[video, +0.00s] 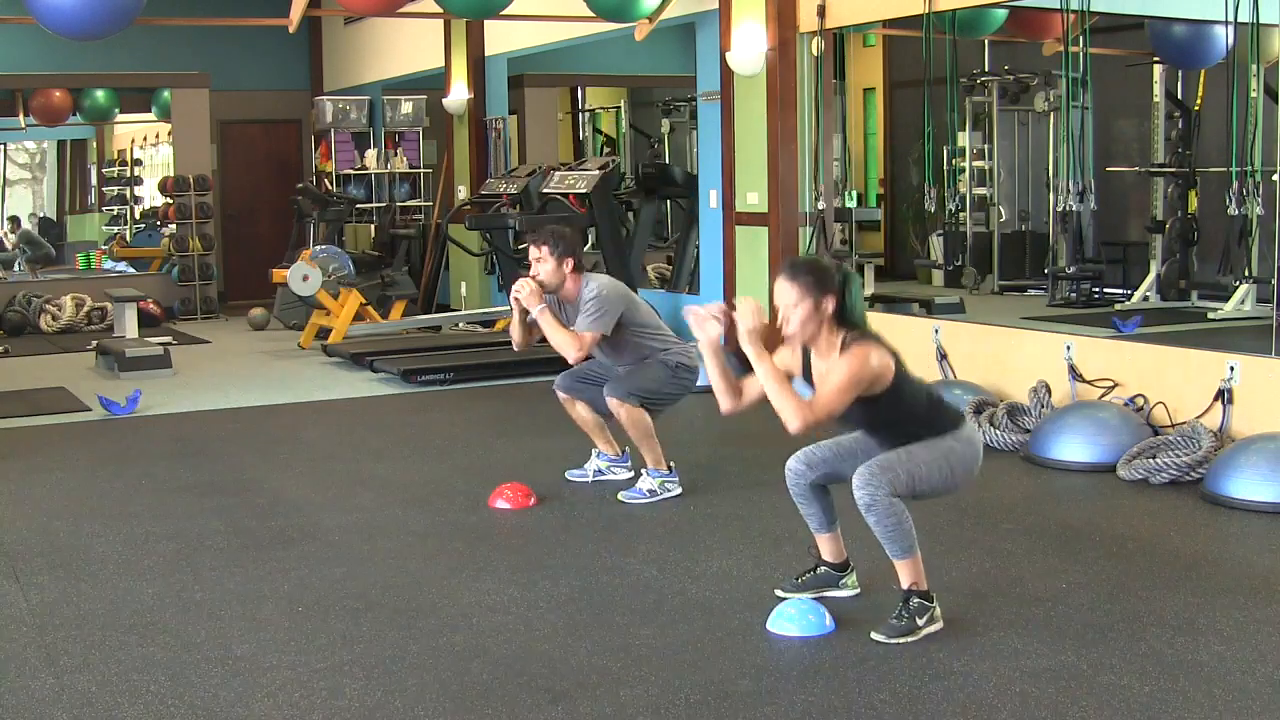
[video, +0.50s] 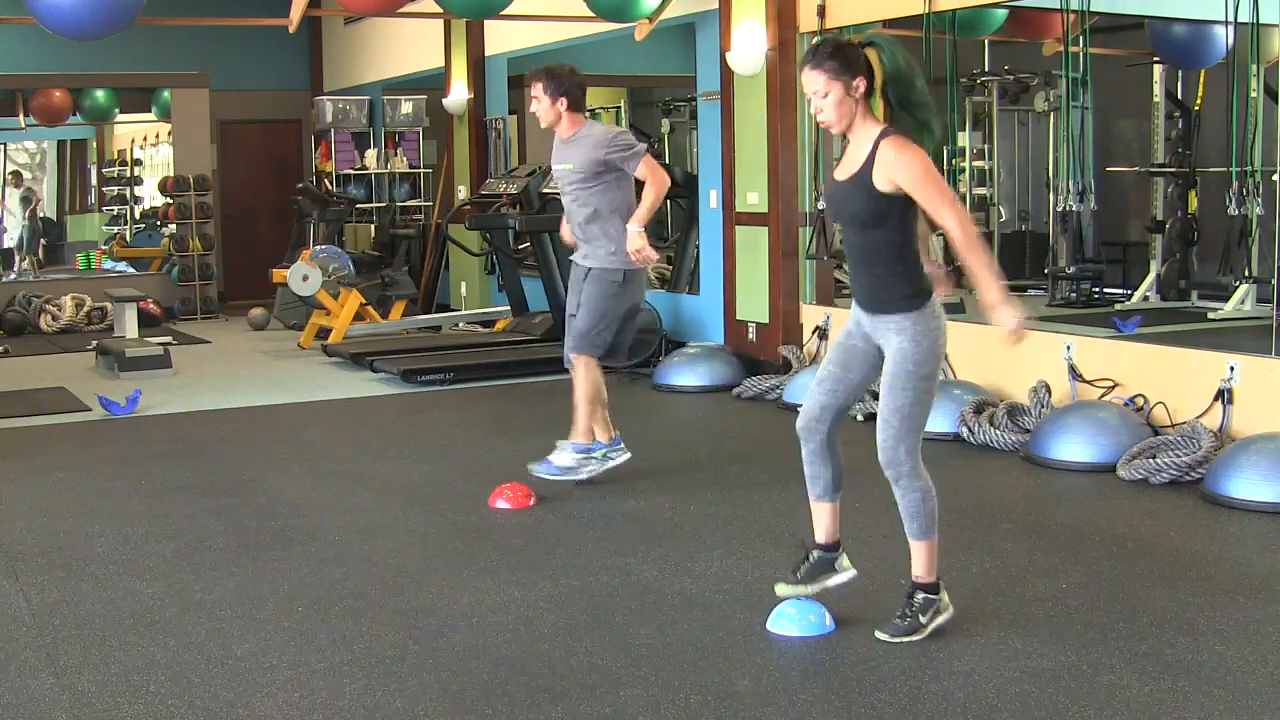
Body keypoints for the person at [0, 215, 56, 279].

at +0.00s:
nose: (8, 227)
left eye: (9, 224)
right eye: (7, 225)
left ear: (16, 224)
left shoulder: (22, 233)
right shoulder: (21, 233)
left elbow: (12, 247)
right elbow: (13, 247)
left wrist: (4, 237)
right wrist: (6, 238)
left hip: (46, 253)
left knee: (26, 259)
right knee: (24, 259)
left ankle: (34, 279)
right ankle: (37, 278)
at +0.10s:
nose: (8, 222)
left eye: (9, 219)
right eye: (8, 220)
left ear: (15, 219)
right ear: (15, 220)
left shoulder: (21, 229)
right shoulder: (21, 228)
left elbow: (14, 245)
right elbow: (14, 244)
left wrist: (4, 241)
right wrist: (6, 240)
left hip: (45, 250)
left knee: (24, 260)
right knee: (23, 260)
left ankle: (35, 279)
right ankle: (37, 278)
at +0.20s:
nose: (9, 211)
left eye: (10, 209)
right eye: (9, 209)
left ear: (16, 209)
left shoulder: (22, 218)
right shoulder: (20, 219)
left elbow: (24, 229)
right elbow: (18, 230)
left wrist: (13, 237)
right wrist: (10, 236)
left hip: (42, 243)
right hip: (37, 243)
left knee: (25, 259)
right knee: (24, 259)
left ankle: (34, 278)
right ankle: (36, 278)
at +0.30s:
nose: (9, 197)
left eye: (10, 194)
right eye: (9, 194)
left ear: (17, 194)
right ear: (16, 194)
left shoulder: (24, 204)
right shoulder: (21, 206)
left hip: (36, 234)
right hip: (32, 233)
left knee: (25, 259)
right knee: (28, 259)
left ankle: (34, 279)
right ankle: (37, 278)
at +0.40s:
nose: (10, 185)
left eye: (12, 182)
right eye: (9, 183)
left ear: (19, 182)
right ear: (7, 184)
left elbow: (38, 199)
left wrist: (31, 212)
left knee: (26, 252)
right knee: (19, 251)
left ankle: (34, 273)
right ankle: (27, 274)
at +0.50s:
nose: (11, 183)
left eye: (13, 179)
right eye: (10, 180)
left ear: (20, 179)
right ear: (10, 181)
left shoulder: (27, 190)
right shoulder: (20, 193)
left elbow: (37, 199)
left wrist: (30, 210)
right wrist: (5, 208)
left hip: (30, 223)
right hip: (23, 223)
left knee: (28, 251)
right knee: (17, 248)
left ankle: (35, 274)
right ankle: (17, 272)